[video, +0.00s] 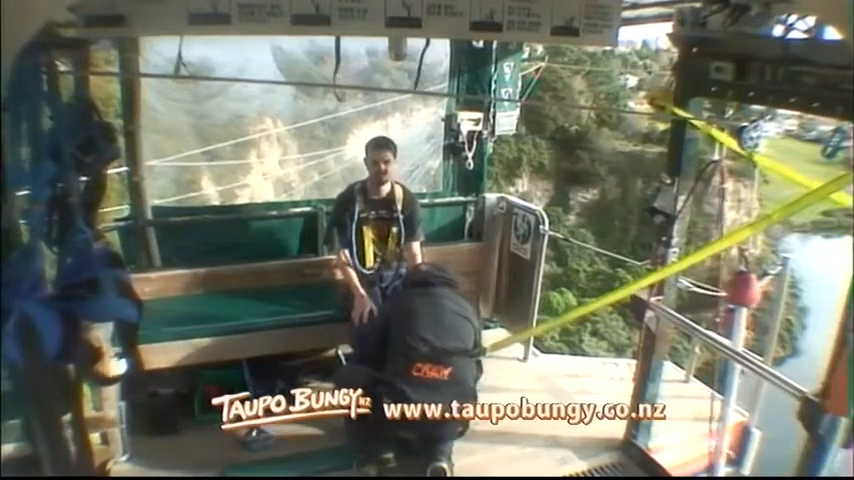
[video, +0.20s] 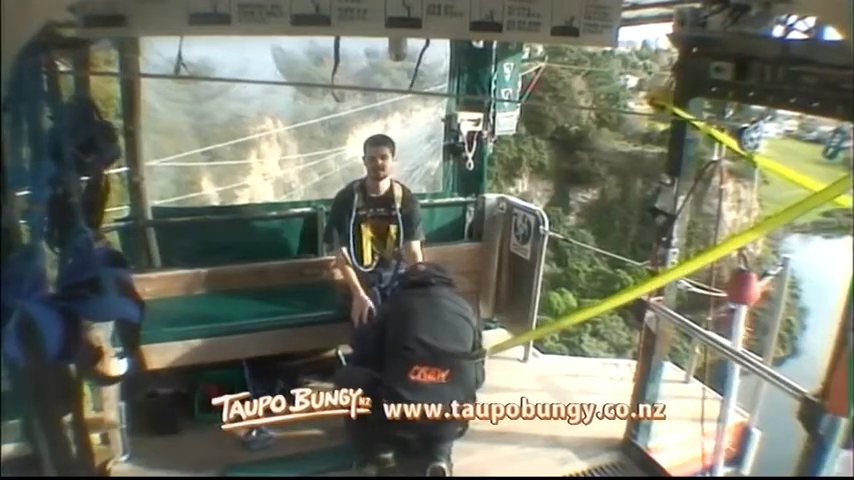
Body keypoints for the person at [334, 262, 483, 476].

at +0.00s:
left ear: (408, 283)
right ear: (448, 282)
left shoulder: (397, 303)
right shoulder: (467, 308)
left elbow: (368, 353)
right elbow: (476, 368)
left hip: (400, 411)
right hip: (455, 411)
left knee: (347, 376)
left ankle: (378, 451)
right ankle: (442, 456)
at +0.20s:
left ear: (407, 282)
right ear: (446, 281)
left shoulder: (395, 303)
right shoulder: (466, 308)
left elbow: (368, 356)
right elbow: (477, 376)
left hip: (399, 411)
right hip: (453, 410)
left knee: (347, 377)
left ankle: (378, 451)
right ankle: (441, 456)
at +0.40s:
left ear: (412, 278)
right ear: (449, 280)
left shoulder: (394, 300)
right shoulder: (463, 305)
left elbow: (374, 352)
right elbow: (479, 349)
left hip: (394, 406)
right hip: (448, 408)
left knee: (347, 377)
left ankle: (378, 452)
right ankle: (440, 457)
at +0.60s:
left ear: (413, 280)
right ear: (447, 284)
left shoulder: (387, 307)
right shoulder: (459, 308)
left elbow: (366, 358)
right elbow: (511, 351)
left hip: (391, 412)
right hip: (441, 414)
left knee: (350, 378)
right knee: (459, 376)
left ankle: (377, 452)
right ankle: (439, 459)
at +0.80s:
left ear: (410, 280)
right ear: (444, 283)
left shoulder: (390, 304)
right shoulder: (457, 307)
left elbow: (366, 356)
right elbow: (499, 363)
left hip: (392, 408)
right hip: (444, 409)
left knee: (348, 378)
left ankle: (378, 453)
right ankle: (439, 458)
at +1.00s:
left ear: (408, 280)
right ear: (443, 283)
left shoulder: (387, 304)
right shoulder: (458, 309)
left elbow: (365, 358)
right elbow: (475, 372)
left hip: (391, 413)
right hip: (444, 414)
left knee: (346, 377)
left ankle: (378, 452)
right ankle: (441, 455)